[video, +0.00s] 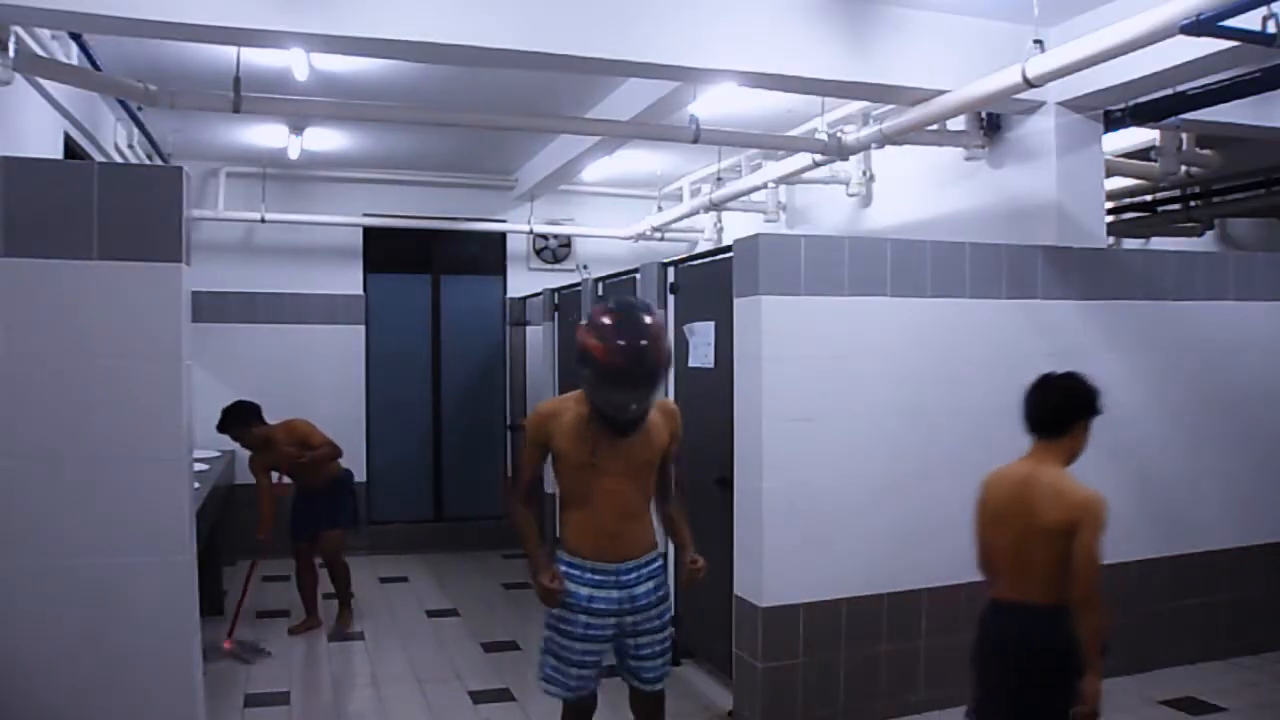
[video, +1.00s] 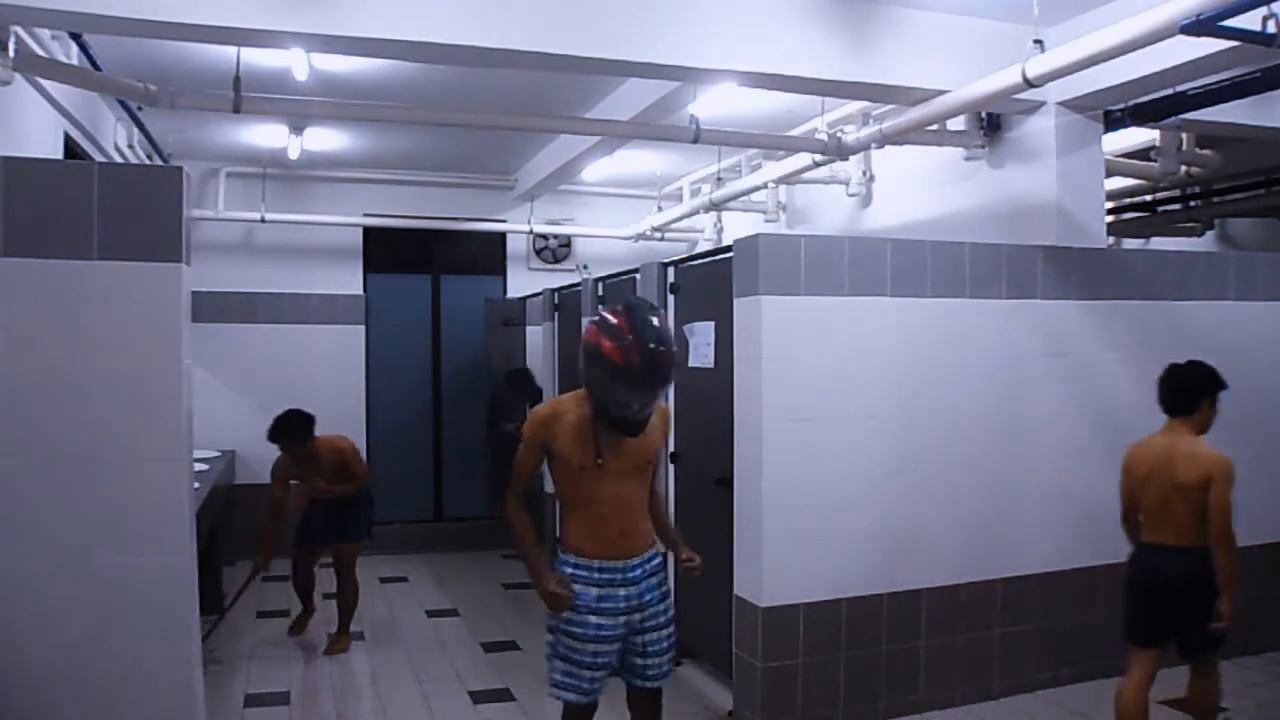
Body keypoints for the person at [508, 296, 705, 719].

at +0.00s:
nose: (627, 408)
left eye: (638, 396)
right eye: (615, 397)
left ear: (655, 379)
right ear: (588, 377)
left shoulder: (666, 418)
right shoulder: (549, 419)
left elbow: (668, 493)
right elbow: (522, 498)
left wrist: (687, 549)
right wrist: (539, 563)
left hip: (646, 578)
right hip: (579, 580)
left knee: (650, 700)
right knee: (579, 704)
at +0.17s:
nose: (599, 411)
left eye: (611, 401)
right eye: (587, 401)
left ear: (636, 379)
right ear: (567, 381)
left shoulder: (665, 421)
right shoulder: (549, 420)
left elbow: (670, 493)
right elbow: (549, 488)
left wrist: (683, 555)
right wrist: (538, 549)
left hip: (640, 578)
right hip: (570, 578)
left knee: (643, 704)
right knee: (577, 703)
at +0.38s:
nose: (601, 412)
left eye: (613, 401)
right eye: (589, 400)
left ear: (635, 379)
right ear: (568, 380)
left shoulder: (660, 420)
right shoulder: (544, 422)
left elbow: (667, 494)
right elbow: (539, 490)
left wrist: (674, 556)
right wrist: (534, 549)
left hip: (639, 580)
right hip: (568, 582)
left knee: (643, 707)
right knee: (575, 706)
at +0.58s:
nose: (642, 407)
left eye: (649, 394)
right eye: (631, 396)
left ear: (655, 383)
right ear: (598, 380)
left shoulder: (652, 416)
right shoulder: (546, 420)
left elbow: (641, 491)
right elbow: (509, 500)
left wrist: (671, 546)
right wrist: (537, 567)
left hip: (642, 579)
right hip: (580, 584)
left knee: (645, 697)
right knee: (574, 706)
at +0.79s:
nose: (648, 414)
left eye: (655, 403)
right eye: (639, 401)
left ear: (660, 392)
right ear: (607, 382)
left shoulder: (642, 418)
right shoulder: (551, 421)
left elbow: (630, 498)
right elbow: (501, 485)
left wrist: (656, 551)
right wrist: (526, 559)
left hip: (653, 575)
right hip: (593, 582)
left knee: (652, 697)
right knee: (588, 703)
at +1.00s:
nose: (639, 413)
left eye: (649, 399)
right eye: (626, 401)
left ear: (658, 384)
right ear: (594, 379)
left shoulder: (658, 416)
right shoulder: (550, 419)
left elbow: (651, 491)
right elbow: (514, 500)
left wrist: (676, 544)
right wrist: (541, 574)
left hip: (649, 580)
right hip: (585, 584)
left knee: (648, 703)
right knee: (580, 707)